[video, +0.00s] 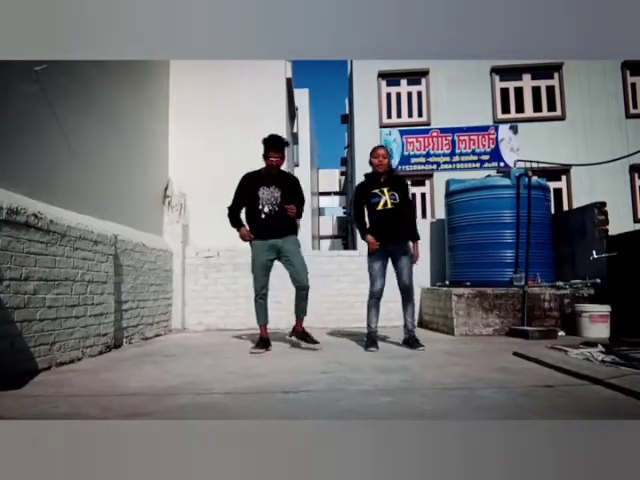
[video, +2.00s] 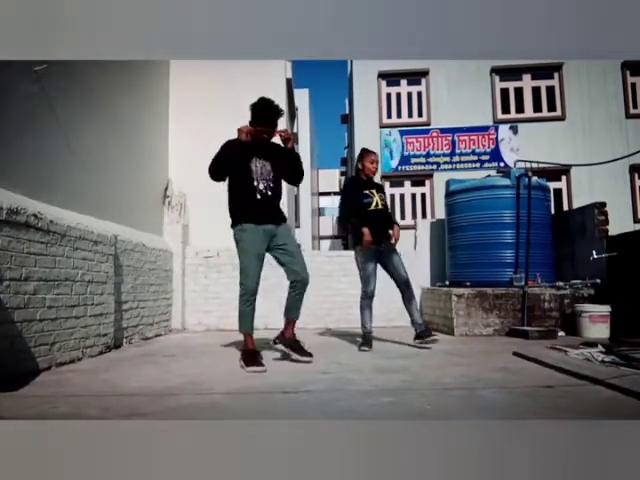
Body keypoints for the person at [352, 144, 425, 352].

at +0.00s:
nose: (380, 161)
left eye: (383, 157)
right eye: (376, 157)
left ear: (389, 160)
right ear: (371, 161)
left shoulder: (400, 182)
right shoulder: (363, 187)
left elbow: (409, 213)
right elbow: (357, 214)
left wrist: (415, 241)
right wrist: (366, 235)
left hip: (401, 242)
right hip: (377, 243)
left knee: (407, 287)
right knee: (376, 290)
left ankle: (410, 334)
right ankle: (371, 335)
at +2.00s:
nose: (374, 166)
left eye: (376, 163)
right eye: (371, 162)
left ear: (377, 165)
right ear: (360, 164)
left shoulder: (378, 187)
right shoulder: (351, 185)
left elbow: (384, 212)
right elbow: (346, 215)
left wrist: (395, 225)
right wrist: (363, 229)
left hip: (384, 241)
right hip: (365, 243)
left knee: (404, 283)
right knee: (368, 291)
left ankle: (420, 328)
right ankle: (367, 335)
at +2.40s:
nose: (388, 167)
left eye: (390, 163)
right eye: (384, 163)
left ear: (392, 165)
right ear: (375, 165)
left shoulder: (398, 187)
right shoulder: (366, 187)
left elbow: (408, 212)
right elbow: (358, 214)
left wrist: (416, 232)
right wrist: (369, 230)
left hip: (401, 243)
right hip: (378, 245)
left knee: (409, 288)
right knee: (374, 291)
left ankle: (417, 334)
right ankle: (367, 336)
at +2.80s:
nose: (402, 162)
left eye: (406, 159)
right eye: (399, 160)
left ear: (412, 162)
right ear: (394, 163)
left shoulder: (419, 184)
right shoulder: (386, 184)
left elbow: (435, 213)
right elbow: (377, 216)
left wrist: (427, 236)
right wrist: (373, 207)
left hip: (411, 243)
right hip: (389, 242)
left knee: (411, 288)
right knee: (378, 286)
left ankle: (417, 334)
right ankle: (373, 333)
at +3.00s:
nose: (400, 164)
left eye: (404, 160)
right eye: (397, 161)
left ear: (411, 163)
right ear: (394, 165)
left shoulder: (419, 185)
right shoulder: (387, 185)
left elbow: (431, 215)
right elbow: (368, 205)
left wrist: (424, 236)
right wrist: (370, 183)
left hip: (410, 244)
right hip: (387, 243)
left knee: (411, 289)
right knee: (378, 289)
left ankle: (417, 334)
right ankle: (375, 333)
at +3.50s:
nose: (371, 167)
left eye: (374, 164)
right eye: (368, 165)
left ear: (382, 166)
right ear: (365, 169)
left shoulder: (393, 191)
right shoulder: (361, 189)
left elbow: (403, 215)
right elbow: (350, 188)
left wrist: (409, 237)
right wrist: (357, 168)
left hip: (389, 246)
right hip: (367, 247)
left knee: (400, 290)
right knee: (364, 292)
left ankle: (416, 334)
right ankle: (361, 336)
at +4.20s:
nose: (374, 168)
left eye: (377, 165)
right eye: (370, 165)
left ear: (381, 168)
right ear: (363, 167)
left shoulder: (387, 191)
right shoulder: (355, 190)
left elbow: (397, 214)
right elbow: (346, 207)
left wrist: (407, 232)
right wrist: (357, 187)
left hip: (389, 244)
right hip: (366, 245)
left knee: (400, 286)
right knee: (365, 290)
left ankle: (409, 331)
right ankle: (361, 335)